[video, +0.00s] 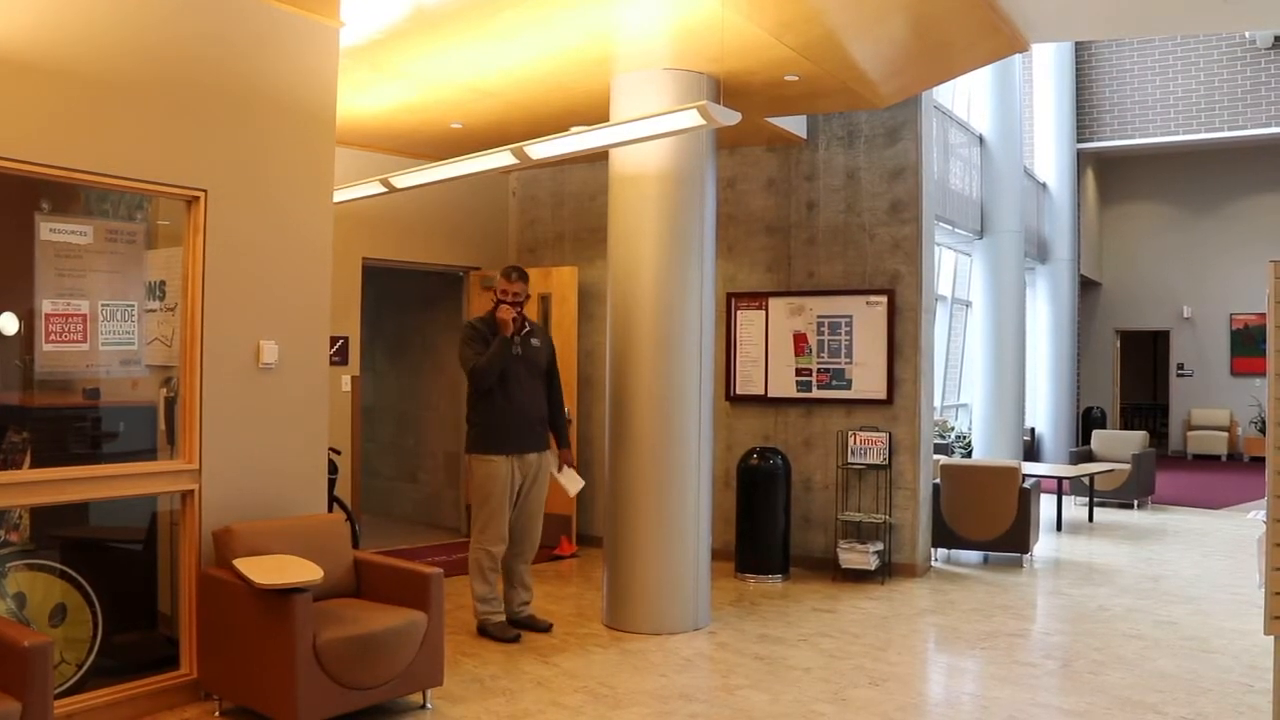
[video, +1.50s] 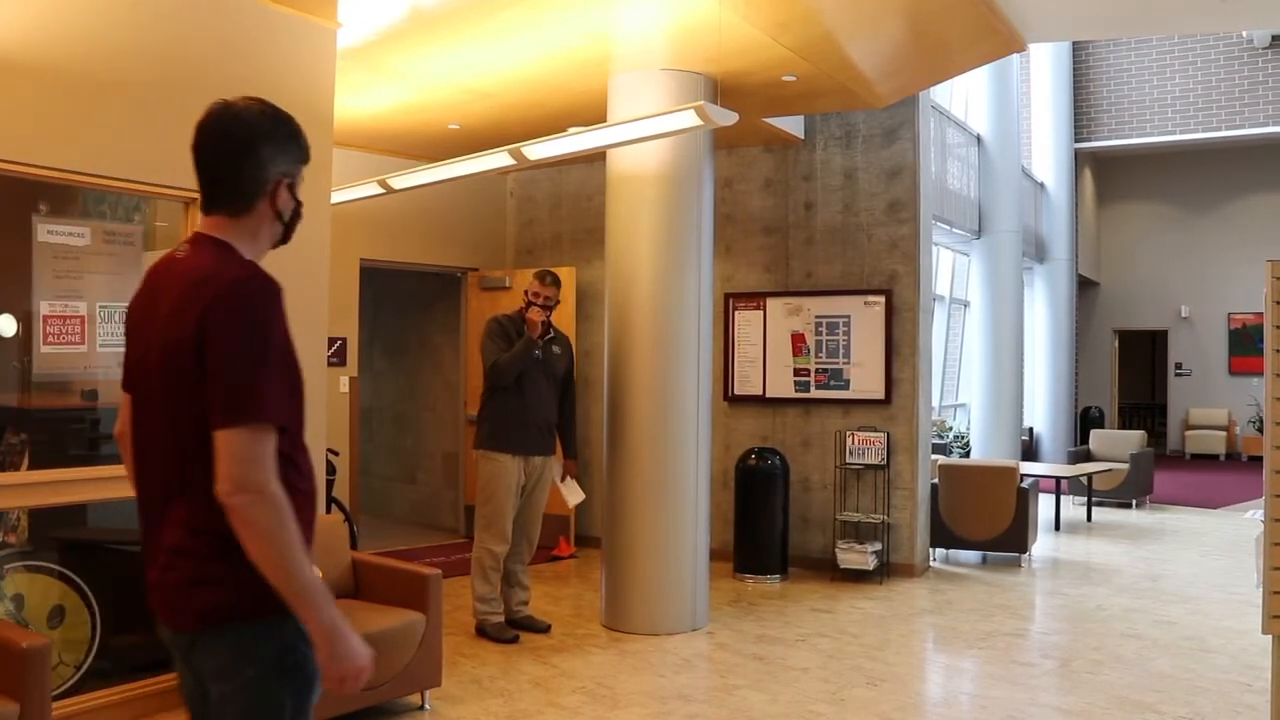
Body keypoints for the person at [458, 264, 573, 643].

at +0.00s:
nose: (510, 302)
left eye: (517, 297)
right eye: (504, 295)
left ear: (527, 297)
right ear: (494, 292)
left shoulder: (539, 336)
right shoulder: (476, 330)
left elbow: (553, 394)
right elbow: (479, 378)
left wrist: (564, 445)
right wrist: (504, 334)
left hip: (535, 450)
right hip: (491, 450)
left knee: (525, 539)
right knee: (490, 539)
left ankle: (519, 610)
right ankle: (488, 616)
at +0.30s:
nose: (519, 303)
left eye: (526, 298)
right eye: (513, 296)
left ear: (535, 298)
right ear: (503, 291)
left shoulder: (545, 337)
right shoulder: (482, 329)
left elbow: (555, 397)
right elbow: (485, 378)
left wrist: (563, 446)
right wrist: (512, 334)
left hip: (537, 450)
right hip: (494, 449)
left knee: (525, 538)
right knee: (491, 539)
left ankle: (518, 609)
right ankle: (488, 616)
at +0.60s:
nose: (525, 303)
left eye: (532, 298)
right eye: (520, 296)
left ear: (541, 297)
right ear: (509, 292)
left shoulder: (549, 337)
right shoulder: (487, 329)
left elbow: (557, 397)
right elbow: (489, 378)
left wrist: (562, 448)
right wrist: (518, 335)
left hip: (539, 449)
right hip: (497, 448)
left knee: (525, 538)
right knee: (492, 537)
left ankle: (517, 609)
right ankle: (488, 616)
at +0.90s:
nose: (533, 303)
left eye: (540, 299)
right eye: (528, 296)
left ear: (549, 301)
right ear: (517, 292)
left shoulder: (555, 339)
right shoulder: (493, 327)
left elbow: (562, 400)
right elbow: (491, 377)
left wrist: (567, 451)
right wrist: (525, 335)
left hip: (539, 449)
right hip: (497, 447)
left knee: (524, 537)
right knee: (493, 536)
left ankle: (516, 609)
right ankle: (488, 615)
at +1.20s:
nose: (536, 303)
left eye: (544, 299)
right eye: (532, 295)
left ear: (554, 302)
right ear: (523, 292)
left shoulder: (558, 341)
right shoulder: (497, 327)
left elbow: (564, 402)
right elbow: (493, 375)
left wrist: (568, 454)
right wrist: (529, 336)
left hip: (539, 450)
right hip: (498, 447)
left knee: (524, 537)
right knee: (492, 536)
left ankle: (516, 609)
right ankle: (487, 616)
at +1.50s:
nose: (538, 304)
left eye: (546, 300)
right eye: (534, 297)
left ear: (557, 303)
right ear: (525, 292)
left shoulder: (561, 343)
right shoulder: (499, 327)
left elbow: (566, 403)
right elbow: (497, 376)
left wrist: (569, 455)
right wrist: (531, 337)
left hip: (542, 451)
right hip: (500, 448)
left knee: (525, 538)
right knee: (494, 537)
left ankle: (517, 609)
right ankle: (488, 616)